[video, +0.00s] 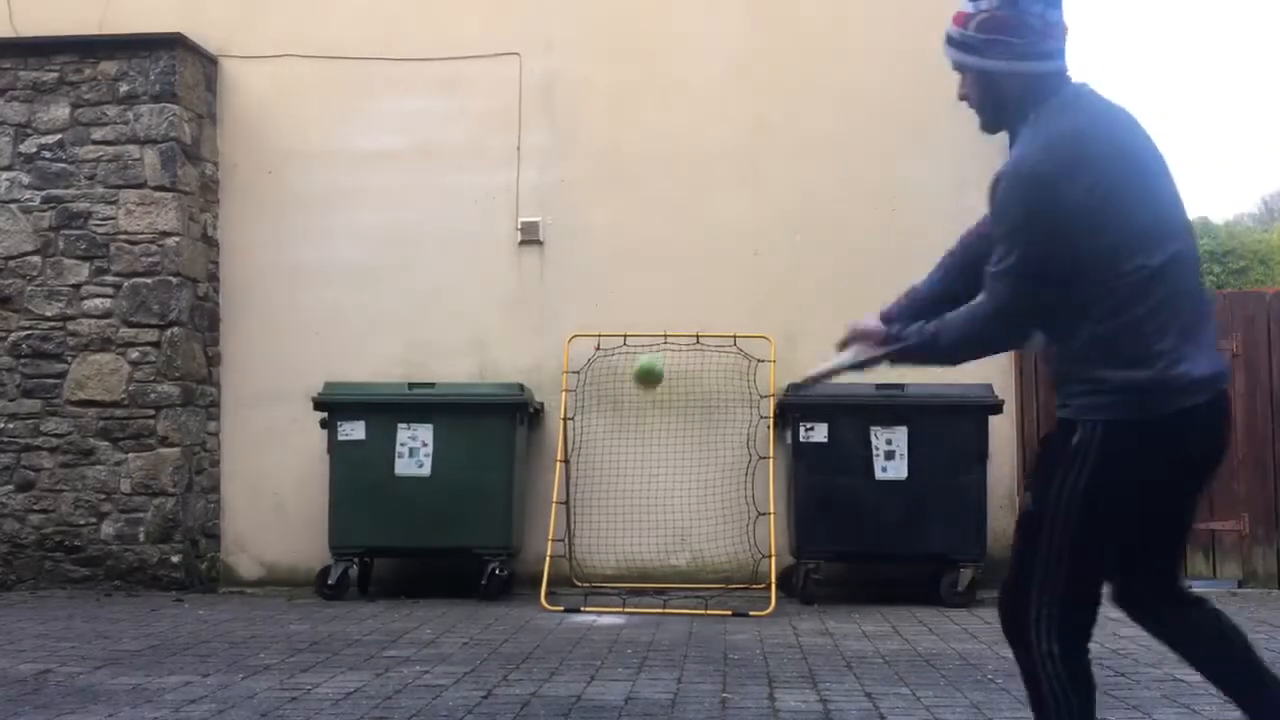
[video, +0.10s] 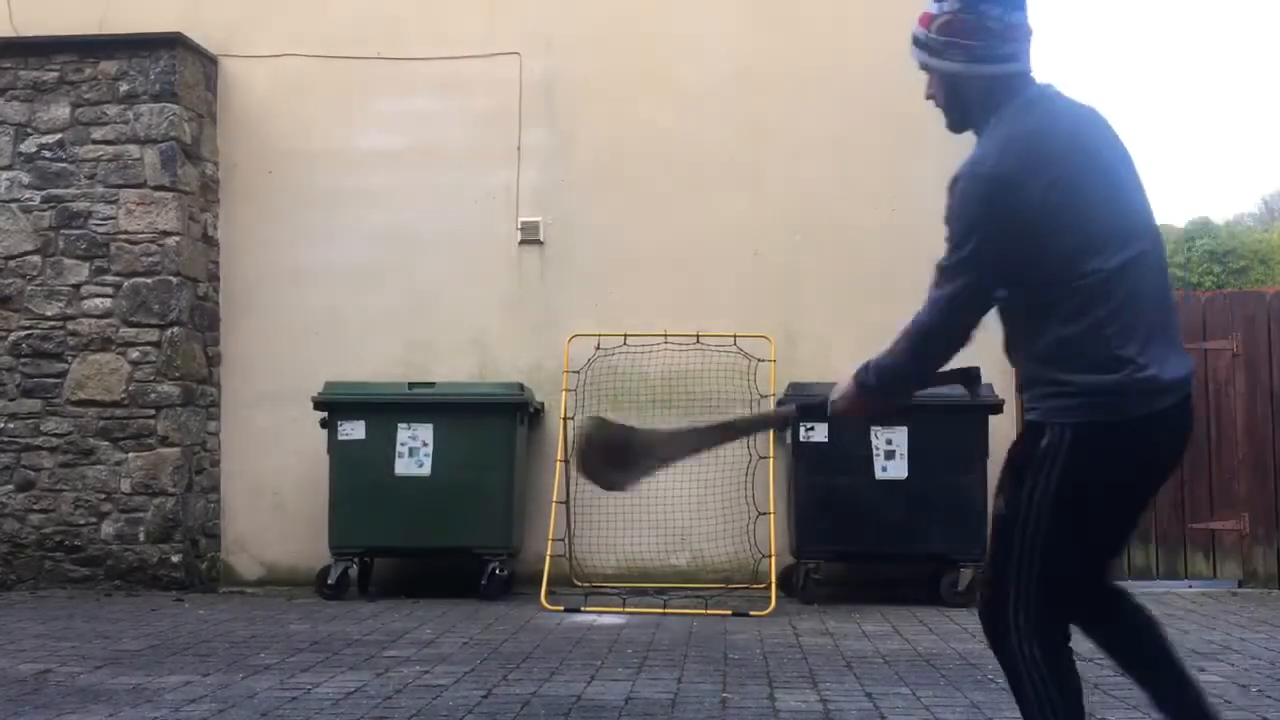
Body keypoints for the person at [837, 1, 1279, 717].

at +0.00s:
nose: (959, 89)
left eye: (966, 71)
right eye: (958, 71)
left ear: (1006, 69)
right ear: (1036, 64)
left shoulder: (1038, 163)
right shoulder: (1097, 119)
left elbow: (1008, 314)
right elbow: (991, 241)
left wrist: (901, 343)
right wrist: (899, 316)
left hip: (1114, 420)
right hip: (1190, 406)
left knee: (1040, 614)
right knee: (1148, 589)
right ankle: (1268, 703)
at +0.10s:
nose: (927, 89)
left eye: (933, 71)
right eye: (925, 72)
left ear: (970, 68)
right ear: (1005, 63)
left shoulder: (992, 170)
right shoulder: (1079, 121)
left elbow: (947, 315)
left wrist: (871, 382)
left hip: (1081, 417)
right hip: (1157, 404)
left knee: (1016, 611)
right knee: (1084, 585)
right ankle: (1195, 711)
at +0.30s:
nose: (846, 76)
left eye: (845, 62)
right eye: (848, 61)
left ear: (854, 61)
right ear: (924, 46)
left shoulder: (871, 152)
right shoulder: (993, 116)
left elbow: (833, 284)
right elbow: (928, 271)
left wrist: (804, 381)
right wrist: (851, 360)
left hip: (971, 414)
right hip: (1044, 397)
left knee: (987, 613)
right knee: (928, 594)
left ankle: (1041, 712)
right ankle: (906, 711)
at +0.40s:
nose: (787, 69)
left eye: (786, 55)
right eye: (794, 52)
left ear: (794, 55)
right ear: (868, 45)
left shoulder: (809, 138)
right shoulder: (929, 121)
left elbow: (776, 278)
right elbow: (904, 274)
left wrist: (738, 377)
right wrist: (815, 352)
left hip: (876, 420)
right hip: (954, 412)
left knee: (868, 616)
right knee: (896, 615)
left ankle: (994, 717)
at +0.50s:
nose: (757, 69)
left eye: (758, 55)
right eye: (759, 53)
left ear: (765, 56)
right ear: (836, 45)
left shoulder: (781, 137)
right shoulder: (886, 124)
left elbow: (743, 278)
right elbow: (879, 276)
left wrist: (691, 378)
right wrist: (793, 360)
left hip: (843, 415)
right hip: (909, 401)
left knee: (801, 627)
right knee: (826, 619)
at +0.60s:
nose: (685, 50)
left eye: (685, 35)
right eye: (690, 34)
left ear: (691, 38)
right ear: (762, 33)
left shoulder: (719, 122)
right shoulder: (796, 109)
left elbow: (679, 274)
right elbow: (795, 274)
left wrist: (605, 372)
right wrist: (724, 375)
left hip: (781, 407)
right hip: (845, 398)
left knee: (677, 601)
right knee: (793, 607)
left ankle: (725, 716)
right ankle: (827, 719)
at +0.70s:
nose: (648, 42)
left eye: (650, 27)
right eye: (654, 27)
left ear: (657, 32)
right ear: (728, 28)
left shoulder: (688, 115)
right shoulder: (760, 106)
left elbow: (666, 269)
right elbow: (755, 281)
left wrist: (586, 383)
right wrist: (686, 386)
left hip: (733, 416)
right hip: (802, 406)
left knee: (649, 617)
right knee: (773, 613)